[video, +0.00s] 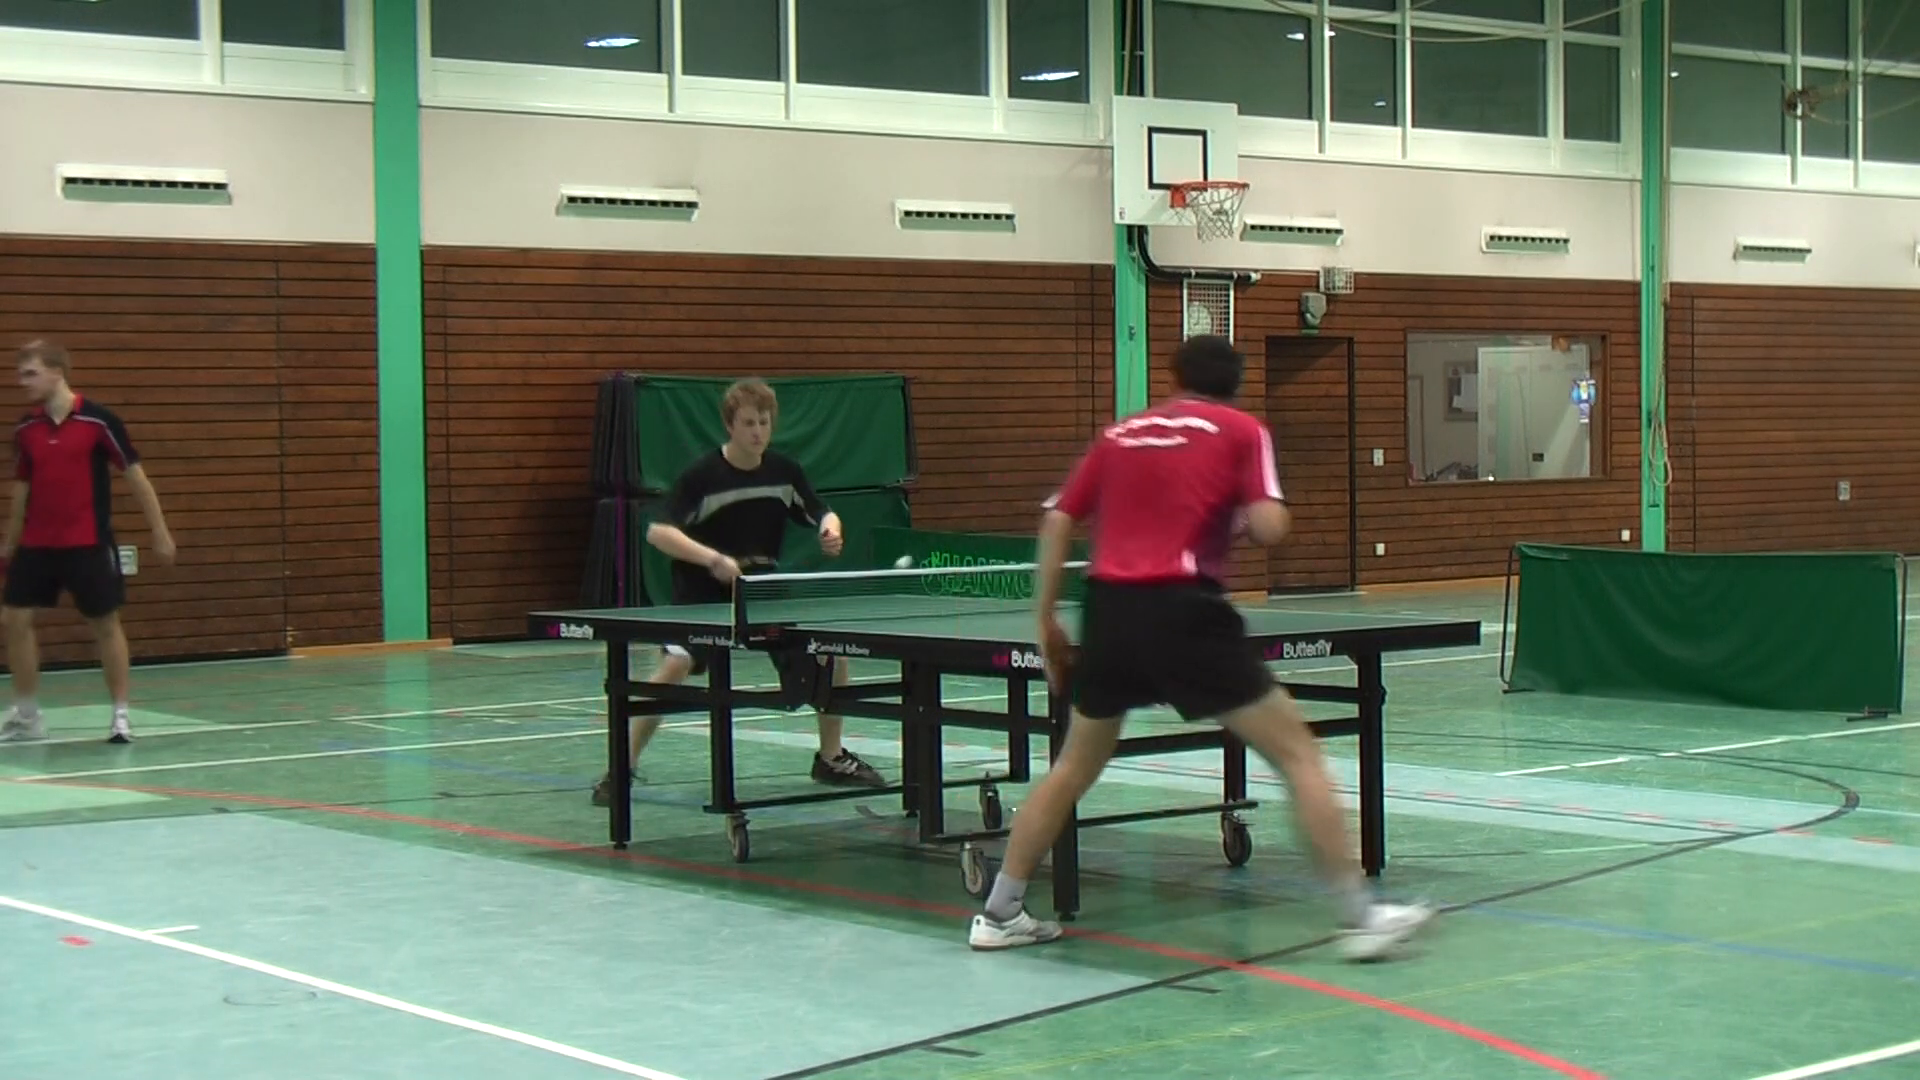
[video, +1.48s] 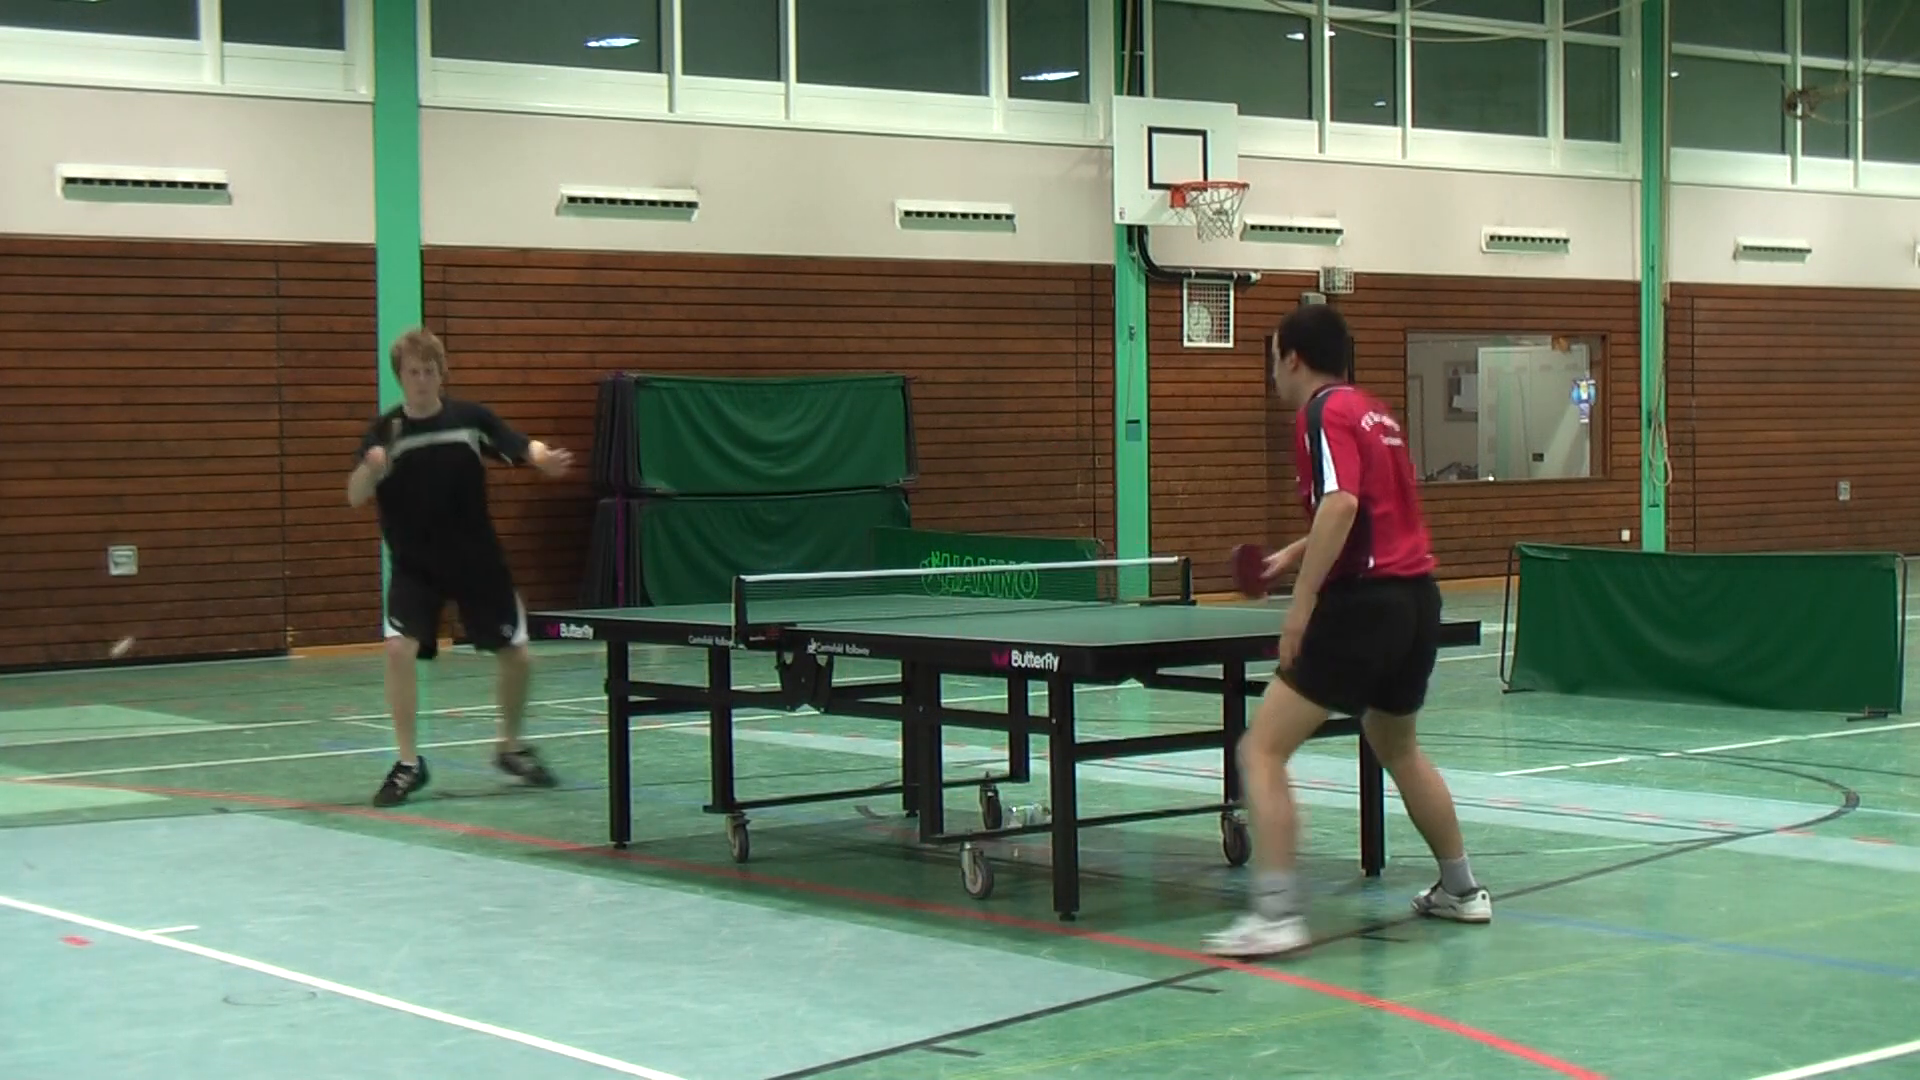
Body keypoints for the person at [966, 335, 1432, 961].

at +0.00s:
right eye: (1237, 387)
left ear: (1173, 381)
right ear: (1235, 388)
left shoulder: (1121, 432)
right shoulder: (1244, 430)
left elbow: (1057, 519)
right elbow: (1269, 525)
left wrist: (1045, 616)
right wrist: (1242, 518)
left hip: (1110, 621)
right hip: (1189, 621)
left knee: (1071, 768)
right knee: (1298, 752)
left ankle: (998, 911)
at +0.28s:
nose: (1275, 375)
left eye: (1275, 366)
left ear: (1282, 367)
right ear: (1345, 373)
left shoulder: (1234, 422)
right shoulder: (1371, 429)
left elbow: (1192, 519)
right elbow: (1414, 526)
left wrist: (1181, 618)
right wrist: (1371, 576)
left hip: (1238, 621)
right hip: (1328, 626)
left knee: (1167, 770)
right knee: (1399, 767)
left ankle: (1106, 917)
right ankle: (1453, 924)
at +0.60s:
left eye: (1308, 363)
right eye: (1358, 381)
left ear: (1302, 365)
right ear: (1362, 379)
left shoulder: (1241, 416)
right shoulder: (1369, 437)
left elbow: (1172, 504)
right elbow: (1384, 551)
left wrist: (1156, 586)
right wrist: (1444, 583)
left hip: (1235, 624)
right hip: (1325, 627)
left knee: (1170, 767)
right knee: (1401, 767)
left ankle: (1129, 925)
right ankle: (1451, 927)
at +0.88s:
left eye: (1247, 371)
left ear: (1249, 377)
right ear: (1304, 396)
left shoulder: (1224, 411)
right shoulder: (1298, 454)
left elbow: (1141, 442)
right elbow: (1260, 536)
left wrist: (1049, 476)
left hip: (1200, 606)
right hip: (1280, 615)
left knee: (1136, 762)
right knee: (1338, 778)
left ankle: (1122, 928)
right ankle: (1436, 925)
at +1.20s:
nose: (1205, 389)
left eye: (1208, 379)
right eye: (1209, 380)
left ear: (1222, 380)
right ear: (1262, 385)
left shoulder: (1236, 411)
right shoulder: (1253, 436)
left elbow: (1287, 454)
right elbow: (1200, 549)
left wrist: (1318, 526)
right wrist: (1108, 557)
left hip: (1256, 616)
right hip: (1317, 615)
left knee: (1155, 764)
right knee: (1350, 760)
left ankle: (1124, 928)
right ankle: (1460, 877)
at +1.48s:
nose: (1273, 373)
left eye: (1275, 359)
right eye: (1274, 360)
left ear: (1294, 359)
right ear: (1336, 360)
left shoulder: (1324, 412)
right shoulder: (1373, 410)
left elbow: (1341, 502)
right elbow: (1371, 511)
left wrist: (1299, 608)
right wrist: (1295, 553)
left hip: (1361, 604)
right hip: (1417, 601)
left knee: (1263, 747)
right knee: (1396, 744)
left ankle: (1276, 912)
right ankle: (1461, 887)